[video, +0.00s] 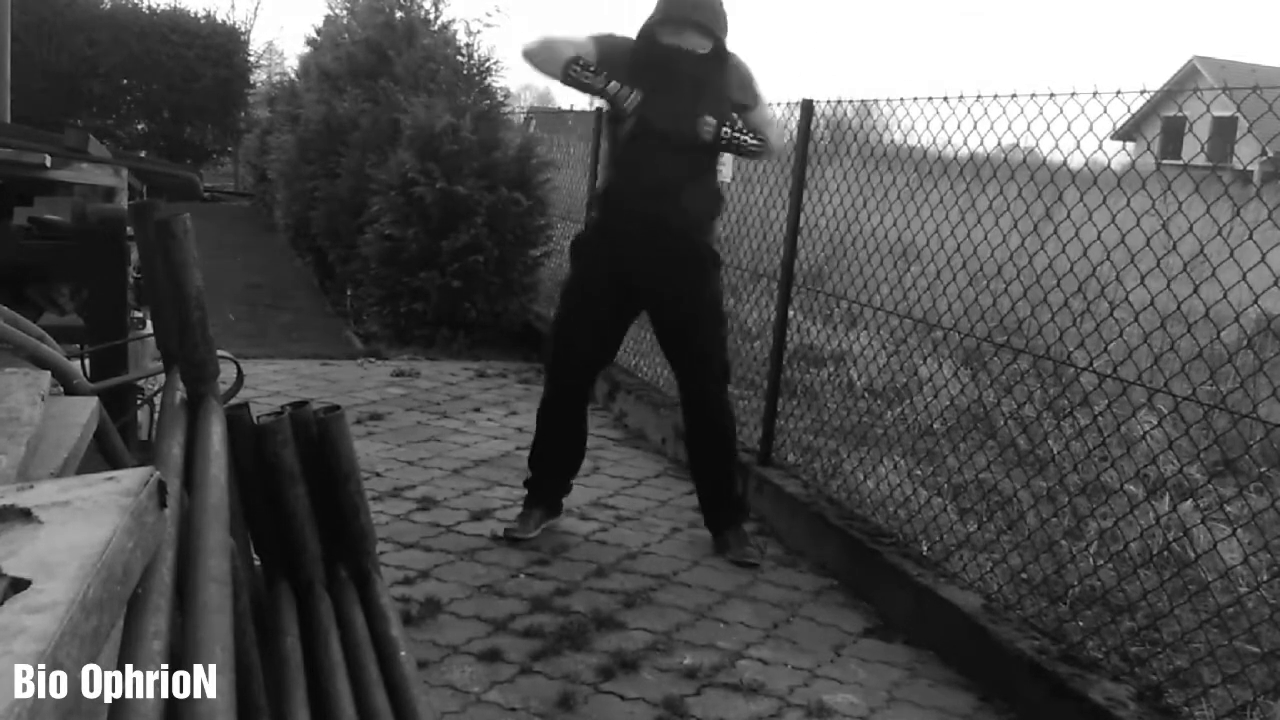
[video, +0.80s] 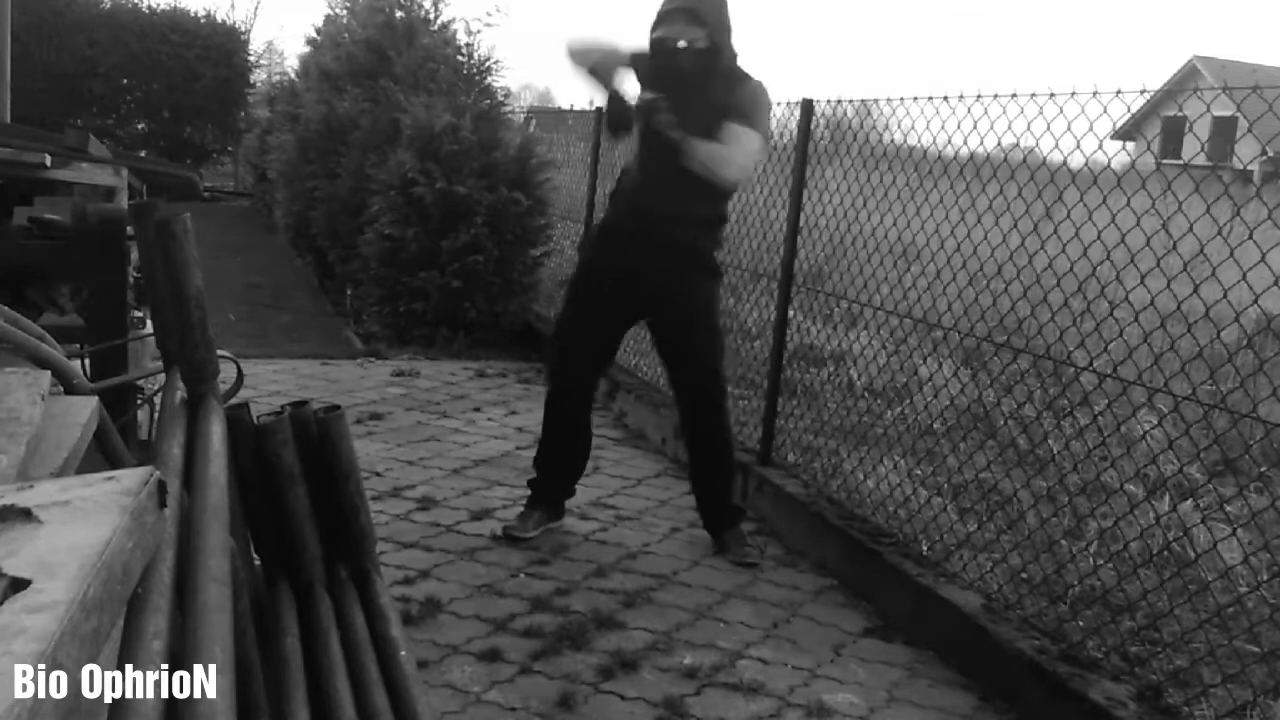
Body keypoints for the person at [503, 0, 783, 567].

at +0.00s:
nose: (682, 52)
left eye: (696, 44)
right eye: (672, 40)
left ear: (712, 38)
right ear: (656, 26)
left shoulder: (729, 75)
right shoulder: (623, 54)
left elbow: (771, 139)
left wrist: (744, 138)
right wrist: (593, 82)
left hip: (685, 259)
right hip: (610, 249)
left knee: (707, 389)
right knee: (567, 376)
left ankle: (727, 524)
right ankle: (542, 500)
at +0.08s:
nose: (681, 56)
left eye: (694, 48)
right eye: (671, 43)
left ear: (708, 41)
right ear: (651, 28)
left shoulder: (710, 77)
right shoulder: (617, 51)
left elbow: (737, 143)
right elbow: (545, 39)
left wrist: (728, 137)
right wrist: (573, 86)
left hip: (686, 254)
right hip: (611, 246)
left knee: (709, 385)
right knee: (573, 376)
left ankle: (731, 520)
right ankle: (544, 500)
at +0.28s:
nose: (663, 59)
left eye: (675, 50)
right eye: (653, 46)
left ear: (687, 53)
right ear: (629, 39)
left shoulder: (675, 107)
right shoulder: (595, 78)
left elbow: (702, 182)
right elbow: (563, 117)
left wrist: (722, 132)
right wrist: (539, 154)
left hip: (684, 262)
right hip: (615, 261)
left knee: (718, 385)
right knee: (581, 386)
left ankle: (734, 520)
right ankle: (546, 503)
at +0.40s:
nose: (653, 34)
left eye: (659, 26)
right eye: (651, 24)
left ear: (620, 13)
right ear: (671, 16)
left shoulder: (696, 66)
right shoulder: (589, 67)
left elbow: (764, 63)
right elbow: (552, 134)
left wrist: (741, 13)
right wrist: (583, 178)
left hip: (689, 245)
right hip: (613, 244)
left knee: (721, 380)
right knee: (576, 376)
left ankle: (736, 519)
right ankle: (544, 502)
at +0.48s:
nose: (643, 47)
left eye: (655, 37)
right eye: (631, 37)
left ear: (675, 30)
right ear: (616, 31)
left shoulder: (706, 56)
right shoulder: (603, 77)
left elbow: (743, 4)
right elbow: (558, 141)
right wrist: (581, 159)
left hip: (686, 251)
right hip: (612, 248)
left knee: (718, 383)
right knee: (576, 376)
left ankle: (733, 519)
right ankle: (543, 499)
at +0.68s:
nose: (651, 67)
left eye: (661, 55)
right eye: (647, 57)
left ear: (690, 48)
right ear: (648, 50)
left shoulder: (736, 92)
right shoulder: (659, 114)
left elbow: (698, 81)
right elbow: (640, 172)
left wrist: (627, 60)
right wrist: (621, 168)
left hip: (675, 270)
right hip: (612, 259)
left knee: (695, 397)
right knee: (566, 370)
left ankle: (725, 524)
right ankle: (547, 500)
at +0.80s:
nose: (676, 59)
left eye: (688, 48)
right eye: (666, 47)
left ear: (716, 42)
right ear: (656, 41)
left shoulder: (744, 93)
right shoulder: (651, 72)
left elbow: (734, 166)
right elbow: (580, 51)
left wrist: (672, 134)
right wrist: (624, 88)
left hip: (686, 259)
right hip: (617, 247)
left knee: (703, 392)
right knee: (571, 371)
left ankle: (725, 523)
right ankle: (547, 500)